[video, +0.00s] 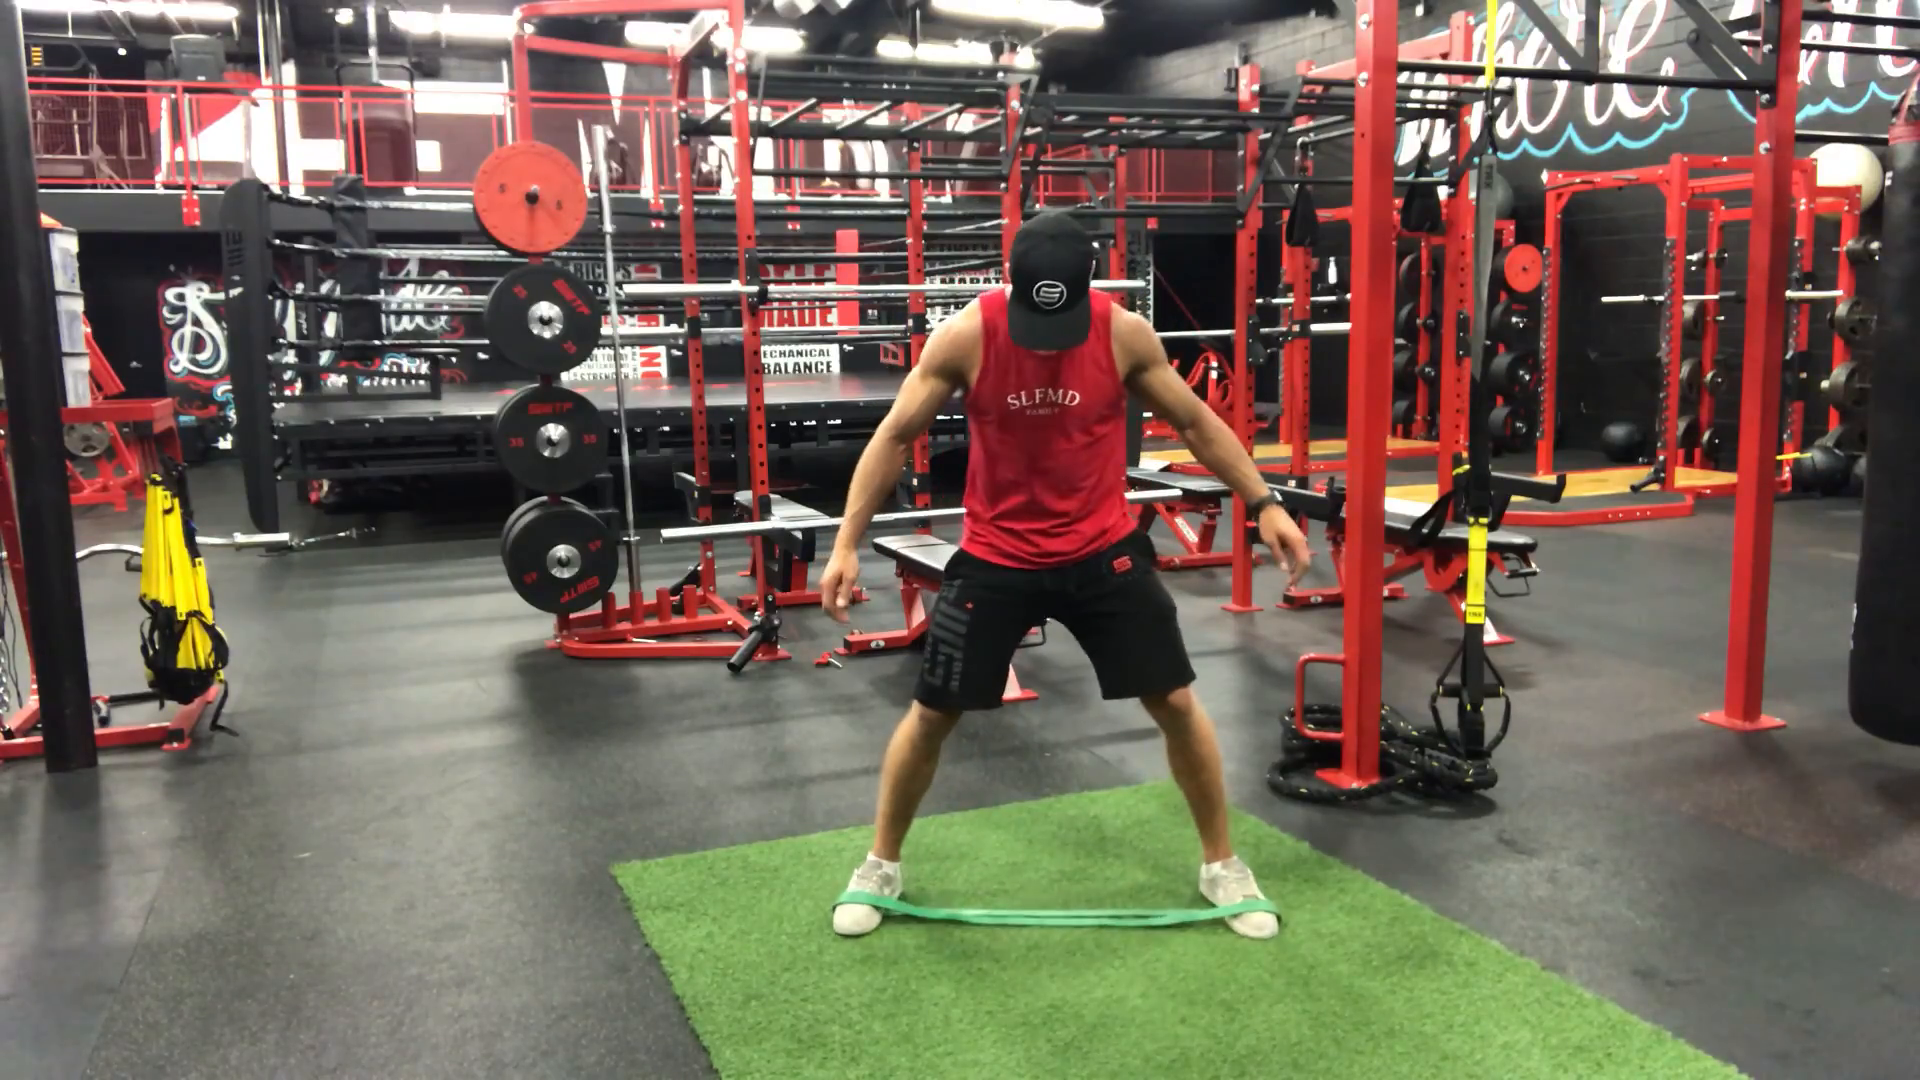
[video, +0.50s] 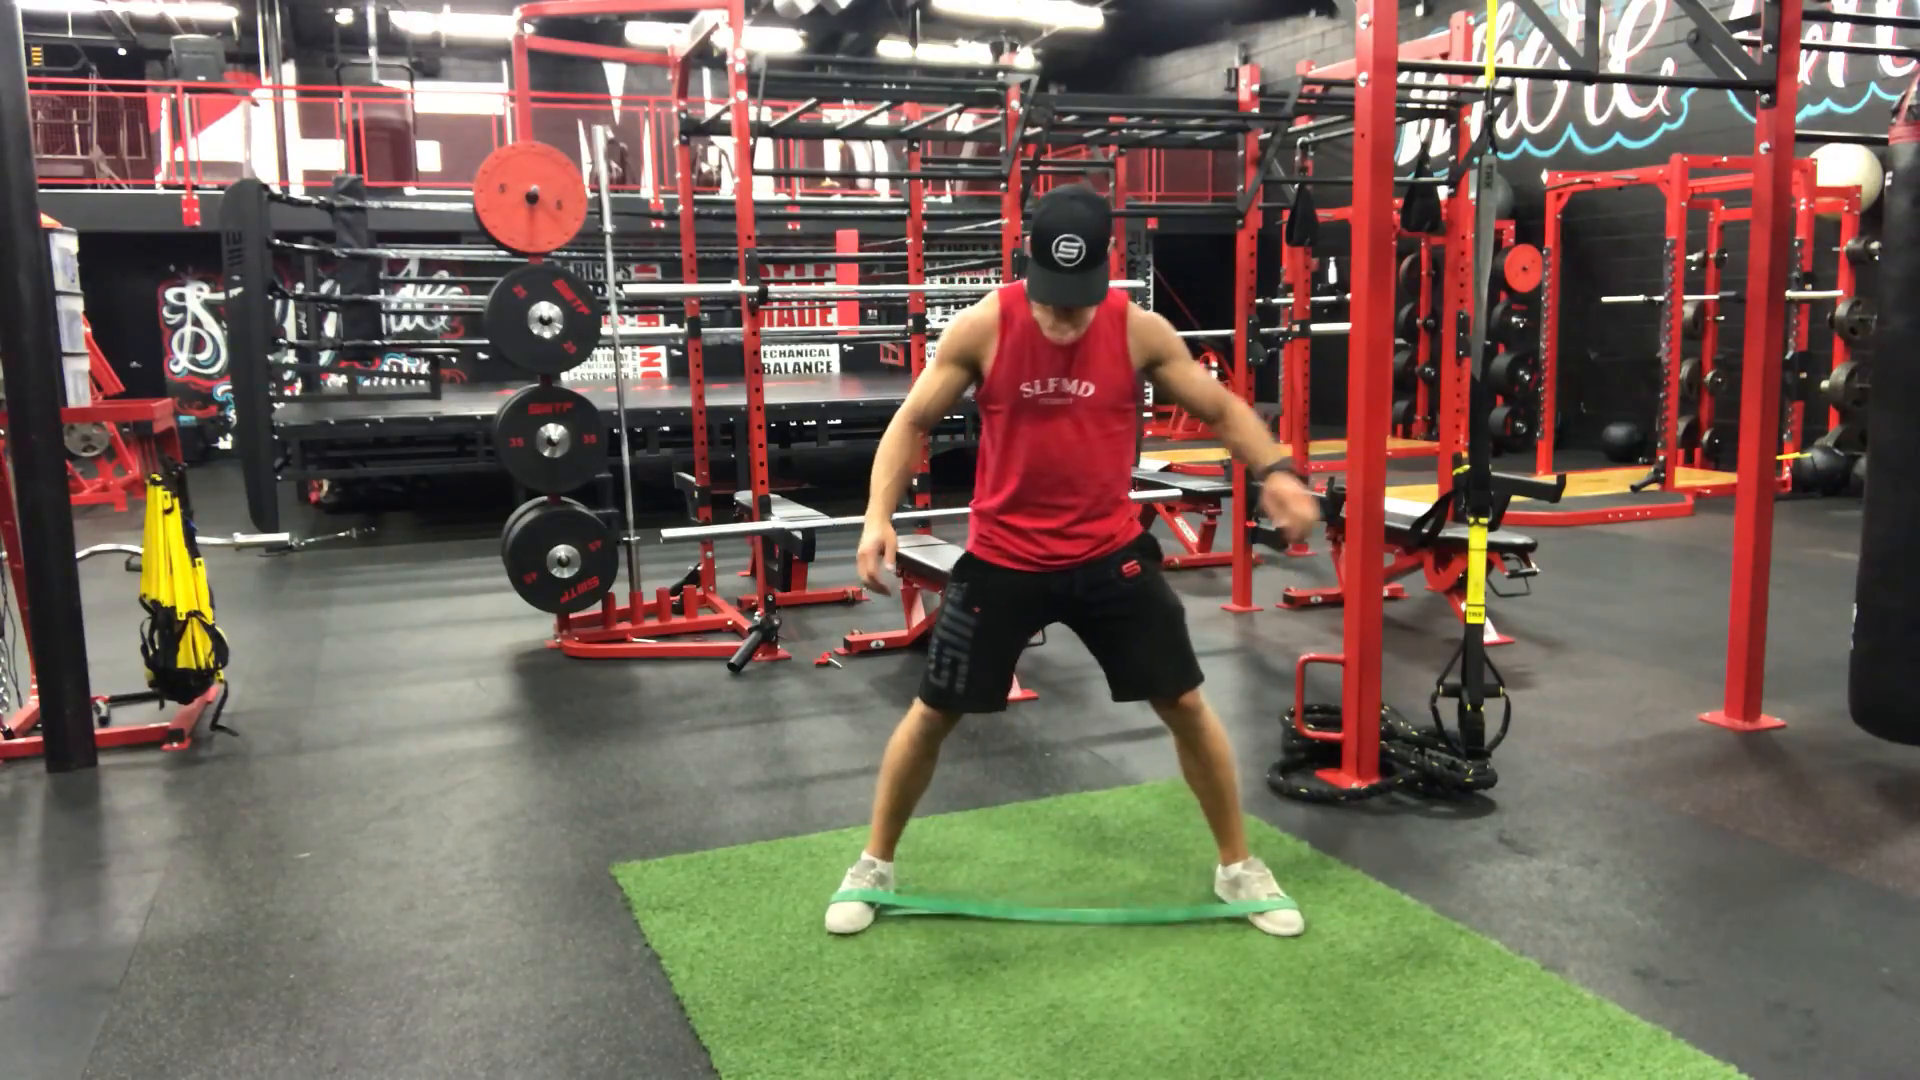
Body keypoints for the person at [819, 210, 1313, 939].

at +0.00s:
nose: (1047, 334)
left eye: (1062, 319)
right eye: (1034, 319)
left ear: (1088, 288)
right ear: (1012, 284)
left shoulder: (1125, 336)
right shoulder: (964, 338)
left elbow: (1197, 422)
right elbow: (892, 437)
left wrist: (1265, 503)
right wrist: (845, 544)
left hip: (1105, 550)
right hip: (995, 554)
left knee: (1176, 702)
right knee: (933, 709)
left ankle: (1222, 863)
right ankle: (881, 863)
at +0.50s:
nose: (1063, 313)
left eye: (1079, 297)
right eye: (1050, 296)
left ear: (1105, 272)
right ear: (1026, 267)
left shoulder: (1139, 332)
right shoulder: (982, 327)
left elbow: (1224, 409)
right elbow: (910, 423)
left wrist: (1276, 470)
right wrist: (877, 516)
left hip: (1111, 551)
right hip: (1001, 555)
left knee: (1185, 702)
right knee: (932, 711)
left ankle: (1238, 865)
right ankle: (874, 863)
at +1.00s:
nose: (1053, 284)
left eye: (1069, 269)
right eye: (1039, 268)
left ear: (1092, 253)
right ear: (1016, 250)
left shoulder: (1128, 323)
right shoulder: (970, 323)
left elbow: (1213, 408)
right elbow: (903, 424)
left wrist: (1250, 479)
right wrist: (862, 518)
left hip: (1109, 554)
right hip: (996, 559)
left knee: (1178, 703)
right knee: (931, 710)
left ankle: (1242, 863)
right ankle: (874, 862)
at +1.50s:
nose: (1065, 532)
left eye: (1080, 523)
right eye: (1050, 524)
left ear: (1107, 478)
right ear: (1026, 481)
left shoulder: (1143, 458)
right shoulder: (985, 489)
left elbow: (1177, 553)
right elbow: (967, 627)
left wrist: (1168, 657)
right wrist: (984, 748)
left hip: (1112, 566)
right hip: (1005, 572)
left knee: (1192, 694)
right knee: (922, 701)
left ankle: (1243, 863)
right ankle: (872, 860)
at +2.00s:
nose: (1066, 699)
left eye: (1087, 690)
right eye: (1059, 689)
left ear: (1118, 625)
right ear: (1046, 640)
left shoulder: (1155, 557)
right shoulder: (1007, 641)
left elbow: (1181, 602)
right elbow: (1012, 767)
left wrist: (1150, 678)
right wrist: (1041, 869)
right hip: (1005, 554)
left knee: (1200, 692)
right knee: (930, 710)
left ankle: (1245, 865)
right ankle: (872, 863)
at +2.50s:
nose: (1074, 665)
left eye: (1097, 651)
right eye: (1064, 653)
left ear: (1126, 591)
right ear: (1045, 606)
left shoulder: (1162, 541)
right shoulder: (1011, 608)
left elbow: (1180, 604)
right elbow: (1016, 746)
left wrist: (1146, 685)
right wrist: (1044, 849)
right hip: (1011, 557)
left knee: (1197, 695)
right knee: (933, 709)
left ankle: (1244, 863)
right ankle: (873, 862)